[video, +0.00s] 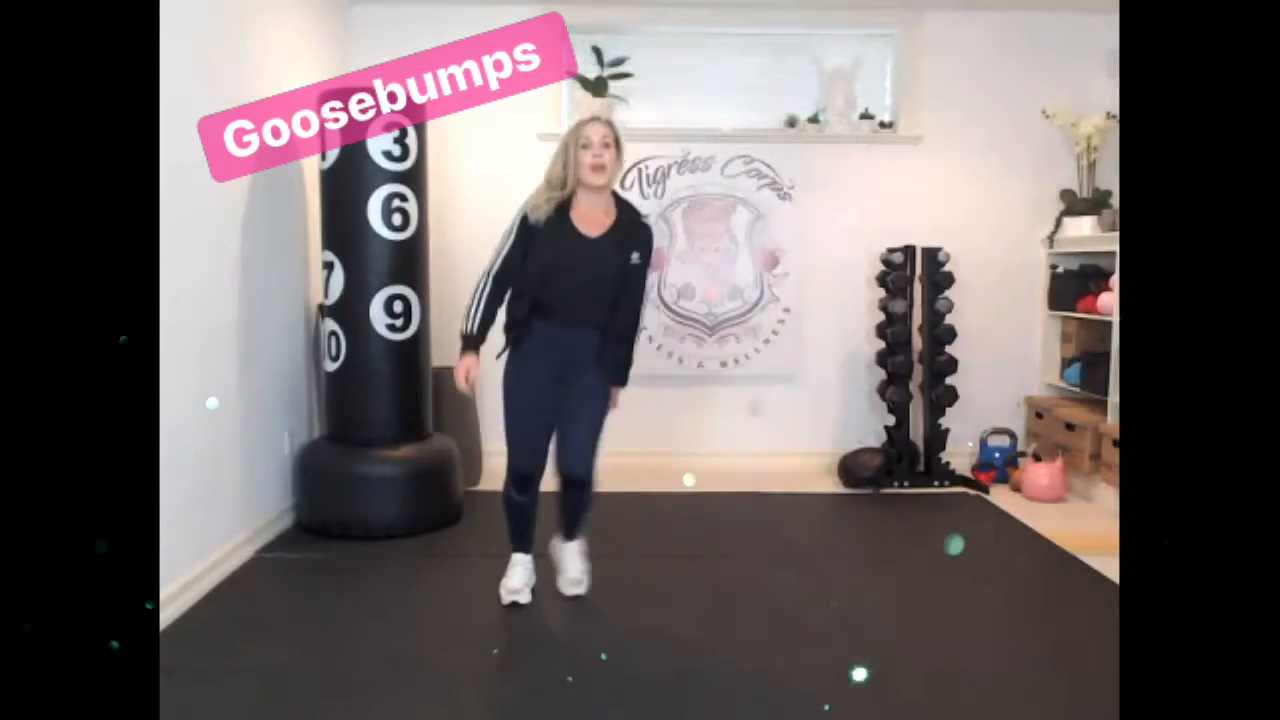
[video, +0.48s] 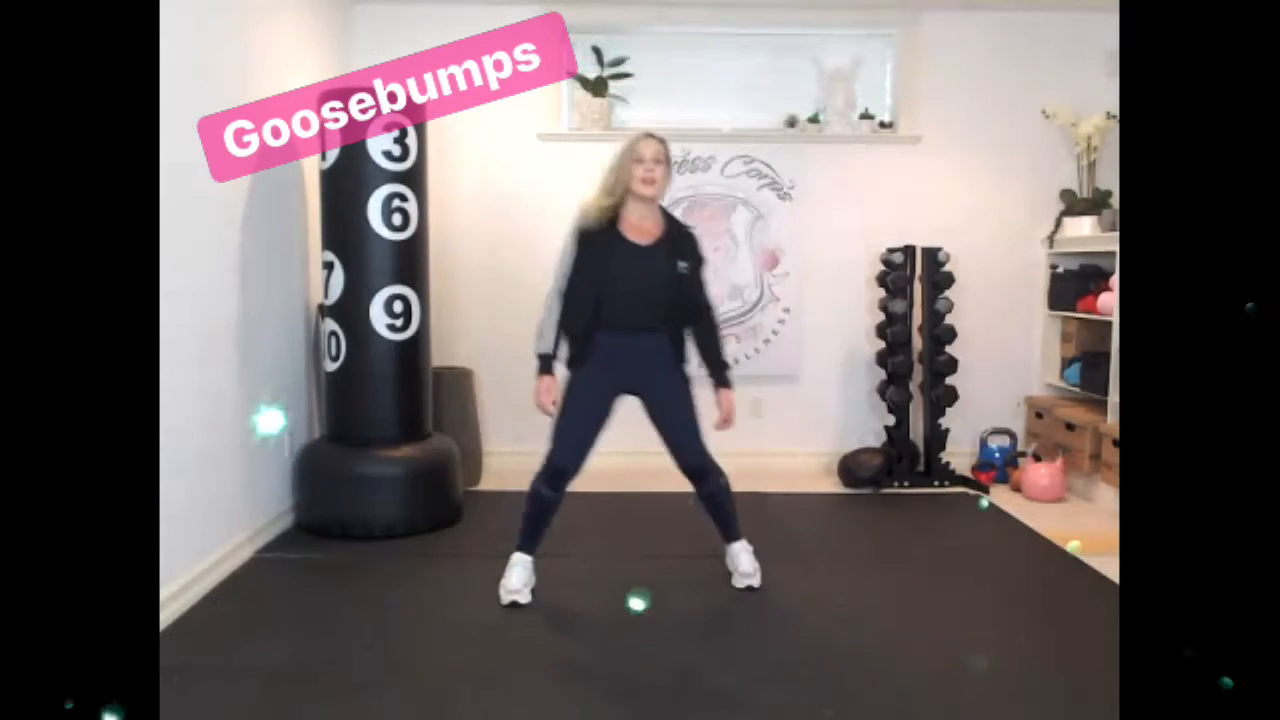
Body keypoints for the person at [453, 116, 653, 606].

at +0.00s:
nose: (597, 156)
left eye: (606, 147)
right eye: (587, 147)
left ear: (618, 157)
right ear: (571, 156)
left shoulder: (635, 229)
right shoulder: (540, 213)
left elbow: (630, 308)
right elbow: (497, 278)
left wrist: (617, 377)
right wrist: (471, 345)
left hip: (592, 360)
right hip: (532, 352)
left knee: (577, 467)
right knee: (525, 466)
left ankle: (570, 543)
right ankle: (520, 558)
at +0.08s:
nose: (599, 163)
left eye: (607, 155)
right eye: (589, 155)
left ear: (619, 165)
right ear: (573, 165)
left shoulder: (633, 235)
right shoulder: (542, 221)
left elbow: (633, 313)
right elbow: (502, 291)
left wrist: (628, 385)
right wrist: (473, 362)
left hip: (590, 366)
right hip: (530, 359)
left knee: (585, 471)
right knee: (524, 468)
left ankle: (567, 548)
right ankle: (520, 558)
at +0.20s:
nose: (609, 152)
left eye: (618, 144)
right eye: (599, 144)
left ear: (628, 155)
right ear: (581, 153)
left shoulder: (636, 225)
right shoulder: (546, 208)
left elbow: (642, 302)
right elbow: (510, 280)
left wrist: (650, 376)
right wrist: (490, 356)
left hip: (599, 350)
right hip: (540, 347)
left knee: (626, 447)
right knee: (532, 460)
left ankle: (599, 530)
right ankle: (521, 557)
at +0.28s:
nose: (620, 148)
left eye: (628, 140)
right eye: (611, 139)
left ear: (639, 151)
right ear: (592, 147)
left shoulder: (645, 218)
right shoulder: (556, 201)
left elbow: (655, 296)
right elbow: (523, 272)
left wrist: (672, 368)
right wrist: (509, 347)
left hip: (617, 341)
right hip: (554, 339)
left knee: (657, 439)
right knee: (539, 456)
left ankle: (657, 527)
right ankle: (522, 558)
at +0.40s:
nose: (632, 156)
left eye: (641, 149)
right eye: (623, 147)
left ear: (650, 160)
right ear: (605, 154)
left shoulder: (659, 227)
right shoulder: (568, 211)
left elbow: (671, 302)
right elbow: (534, 280)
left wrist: (695, 371)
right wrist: (527, 354)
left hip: (634, 349)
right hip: (570, 348)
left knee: (676, 449)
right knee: (545, 459)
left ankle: (716, 536)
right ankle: (522, 558)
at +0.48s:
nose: (650, 171)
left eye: (658, 164)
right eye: (641, 163)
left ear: (668, 174)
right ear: (623, 171)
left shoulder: (680, 239)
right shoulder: (593, 231)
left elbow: (699, 311)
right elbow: (562, 298)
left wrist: (721, 382)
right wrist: (545, 367)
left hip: (660, 364)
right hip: (597, 363)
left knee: (695, 462)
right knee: (559, 467)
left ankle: (736, 546)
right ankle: (522, 558)